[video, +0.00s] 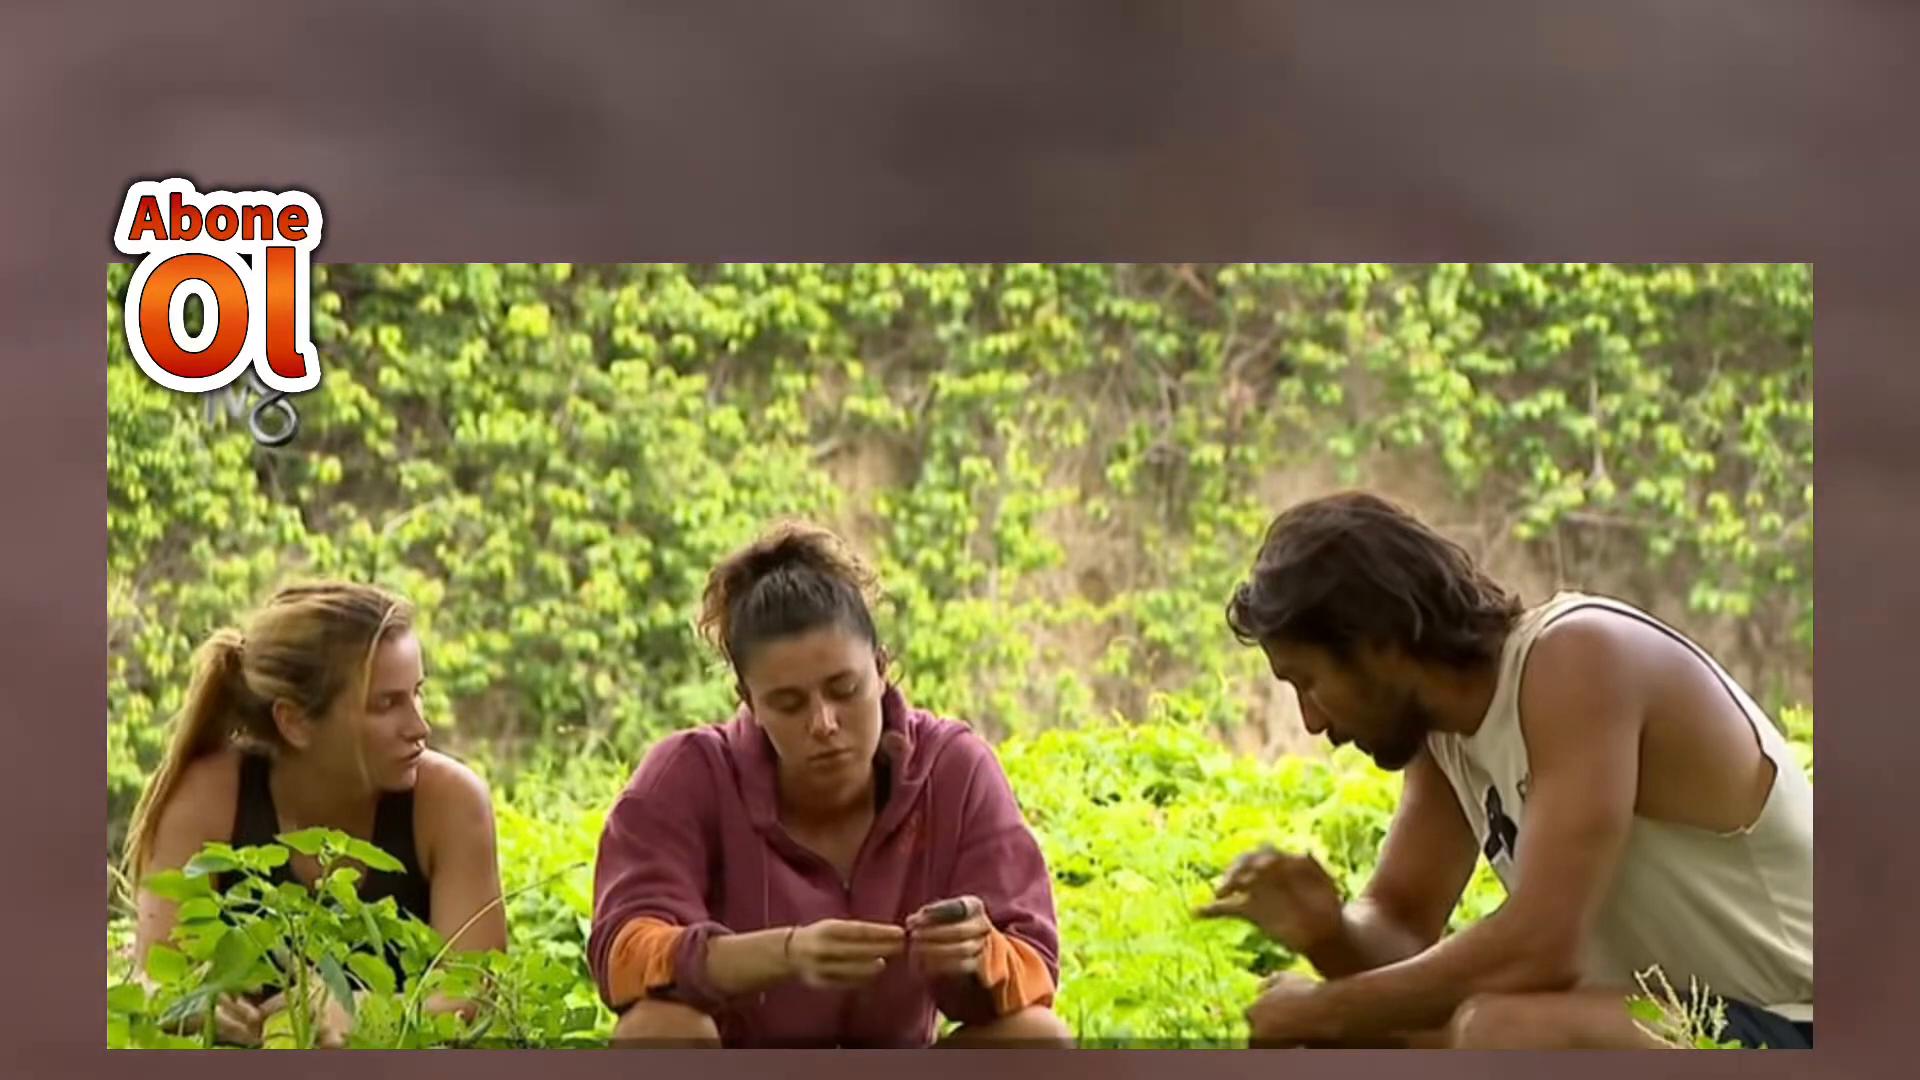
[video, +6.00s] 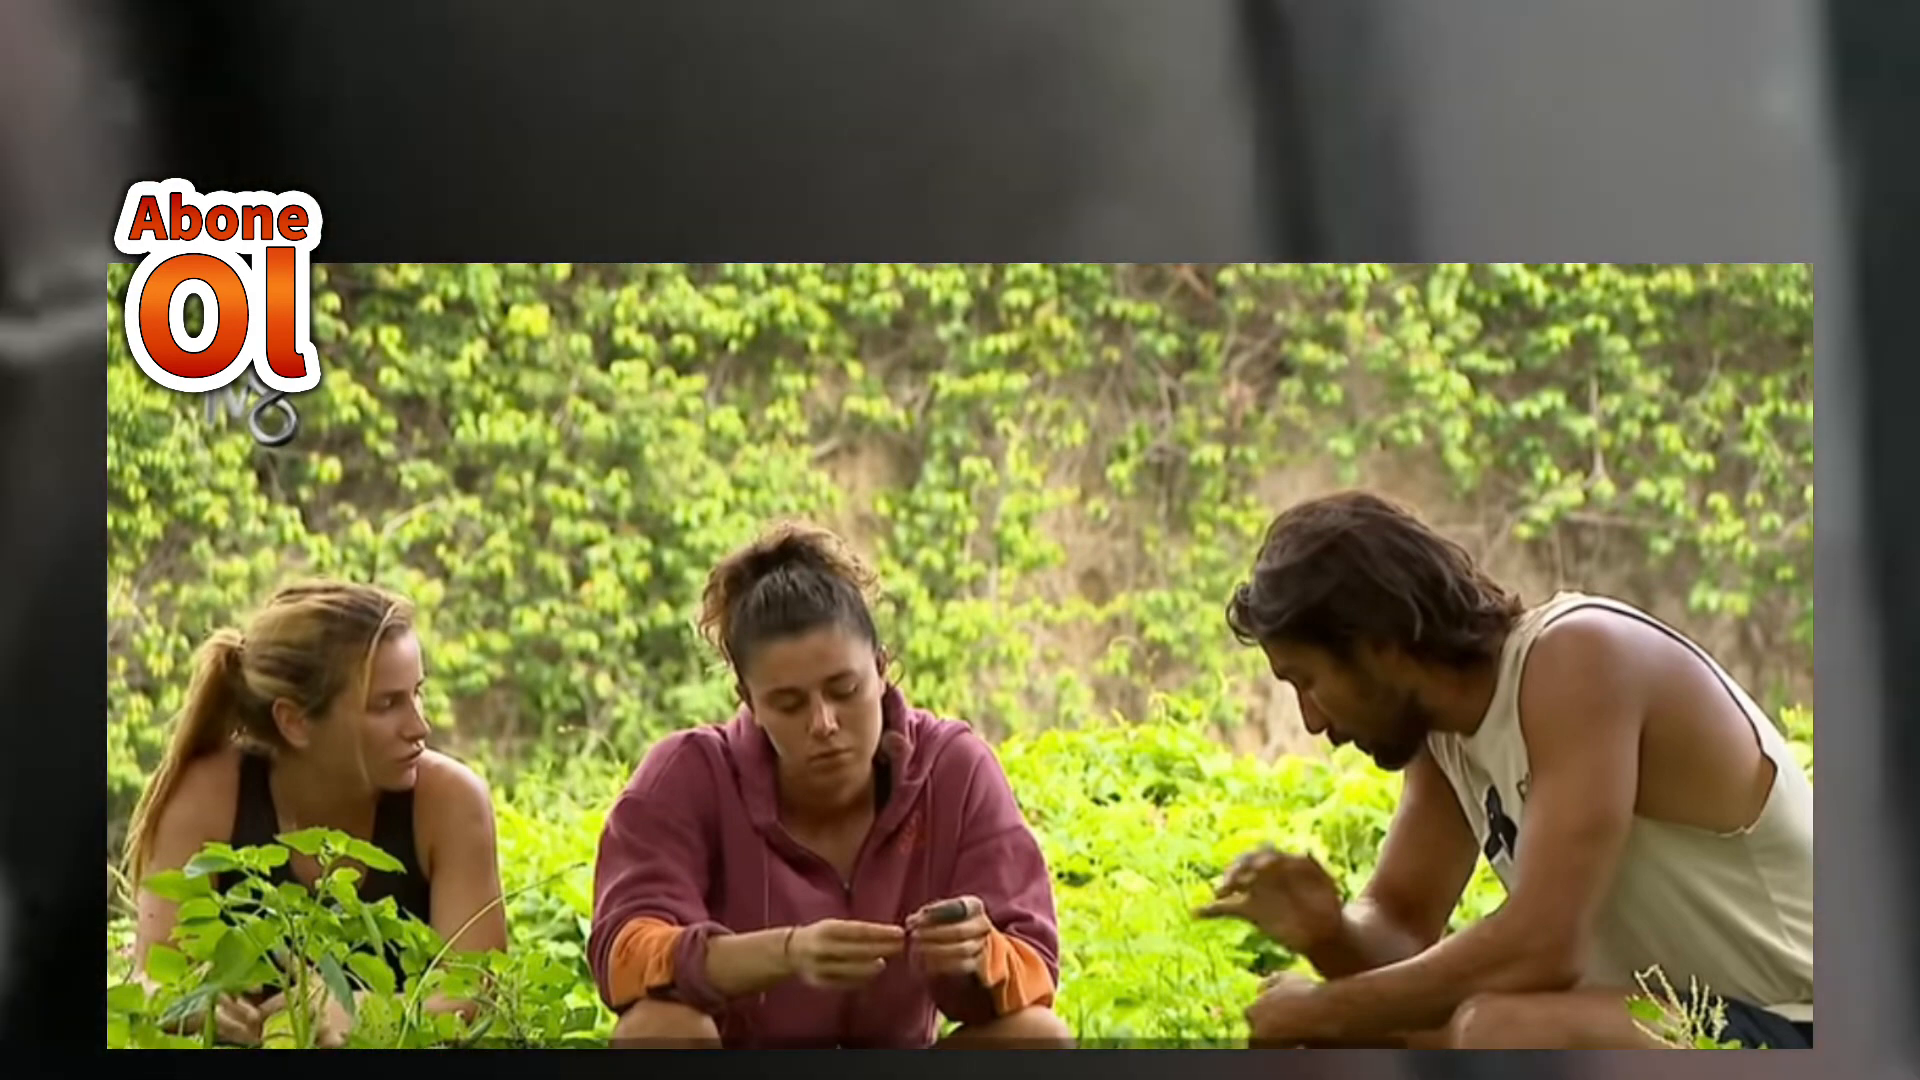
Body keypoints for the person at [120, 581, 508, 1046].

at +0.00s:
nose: (420, 726)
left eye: (417, 695)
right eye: (388, 704)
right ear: (295, 722)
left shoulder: (451, 799)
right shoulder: (206, 793)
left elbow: (470, 1000)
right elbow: (154, 983)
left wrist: (354, 1013)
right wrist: (201, 1008)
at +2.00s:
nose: (420, 725)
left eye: (417, 695)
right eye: (387, 705)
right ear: (295, 723)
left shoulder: (451, 800)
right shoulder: (206, 793)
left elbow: (470, 1001)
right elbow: (153, 984)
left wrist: (354, 1013)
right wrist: (200, 1009)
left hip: (385, 1067)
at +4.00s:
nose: (420, 726)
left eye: (417, 695)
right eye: (387, 705)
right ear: (295, 722)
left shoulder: (451, 799)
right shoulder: (206, 792)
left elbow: (470, 999)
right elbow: (153, 984)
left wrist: (355, 1013)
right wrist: (202, 1009)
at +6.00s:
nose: (420, 725)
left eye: (417, 695)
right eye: (388, 705)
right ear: (295, 723)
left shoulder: (451, 800)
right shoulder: (205, 792)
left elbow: (470, 1003)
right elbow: (153, 984)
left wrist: (354, 1013)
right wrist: (200, 1009)